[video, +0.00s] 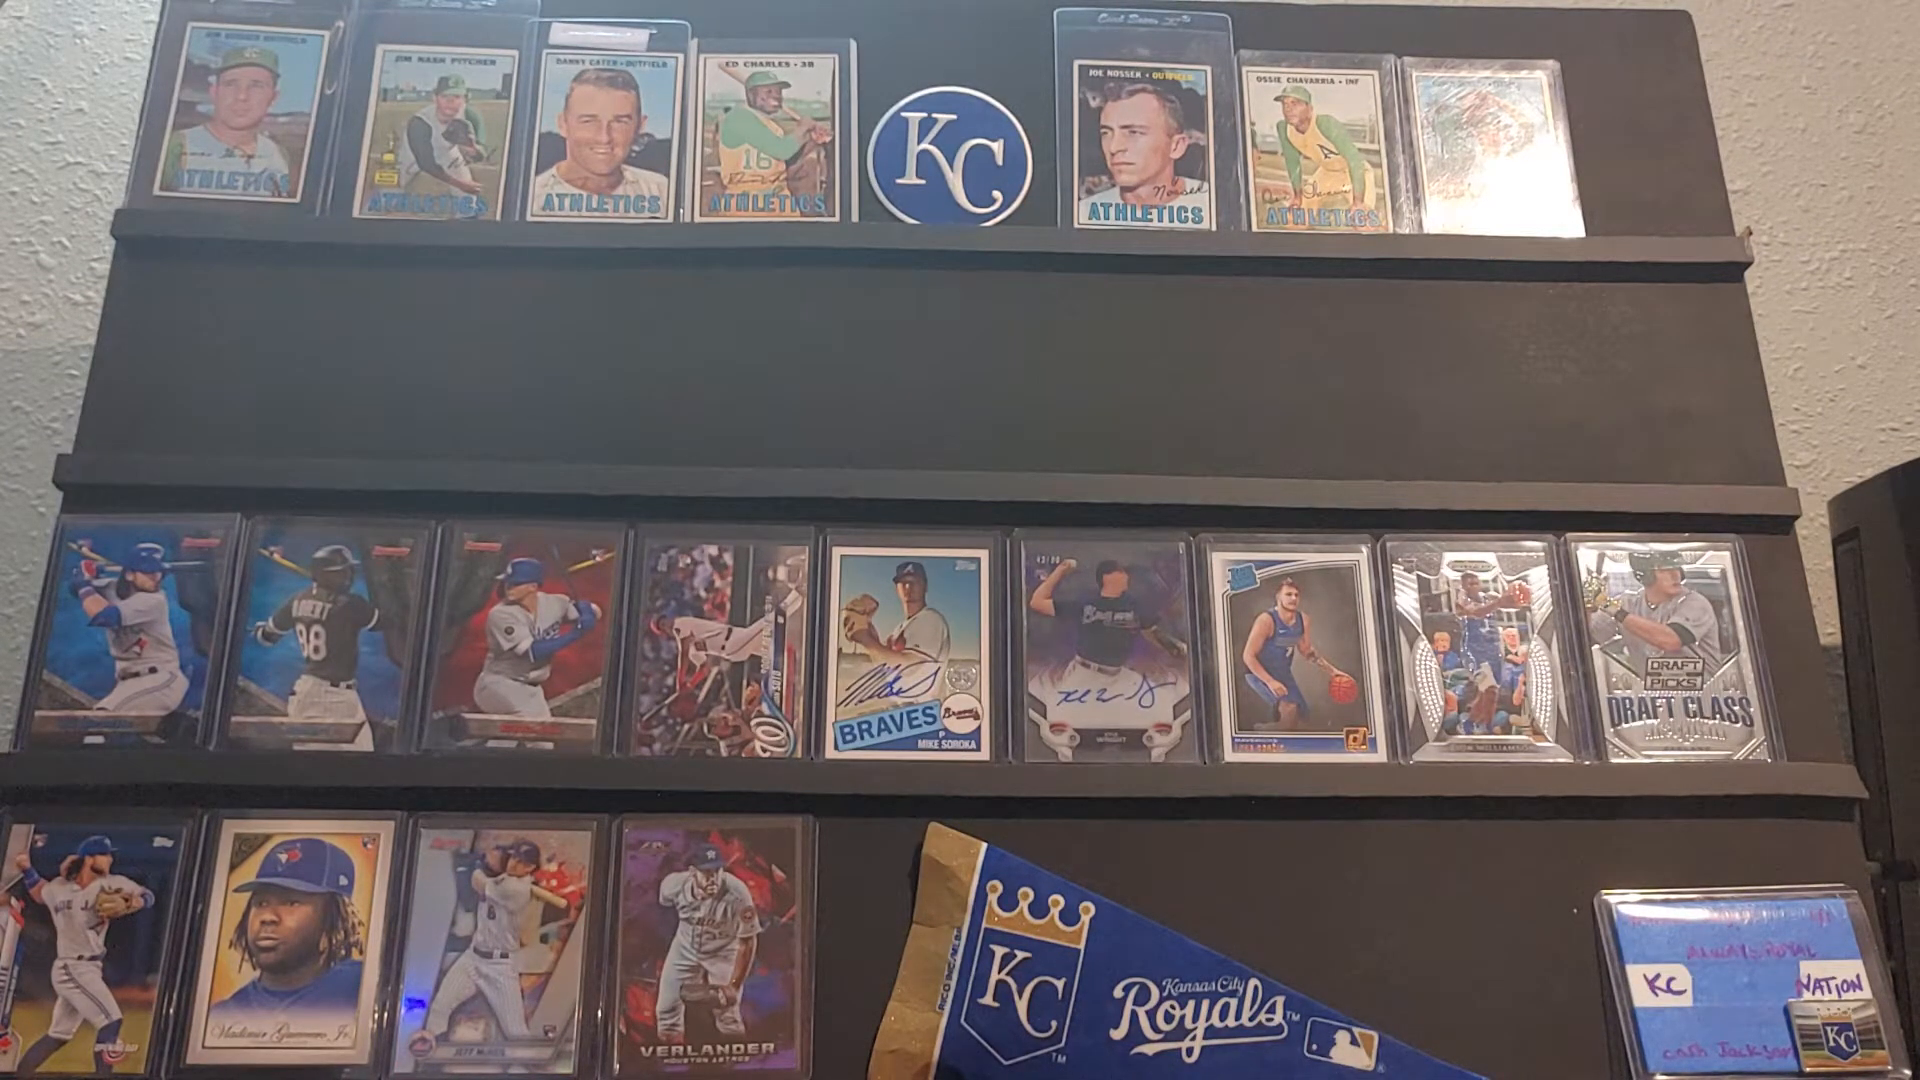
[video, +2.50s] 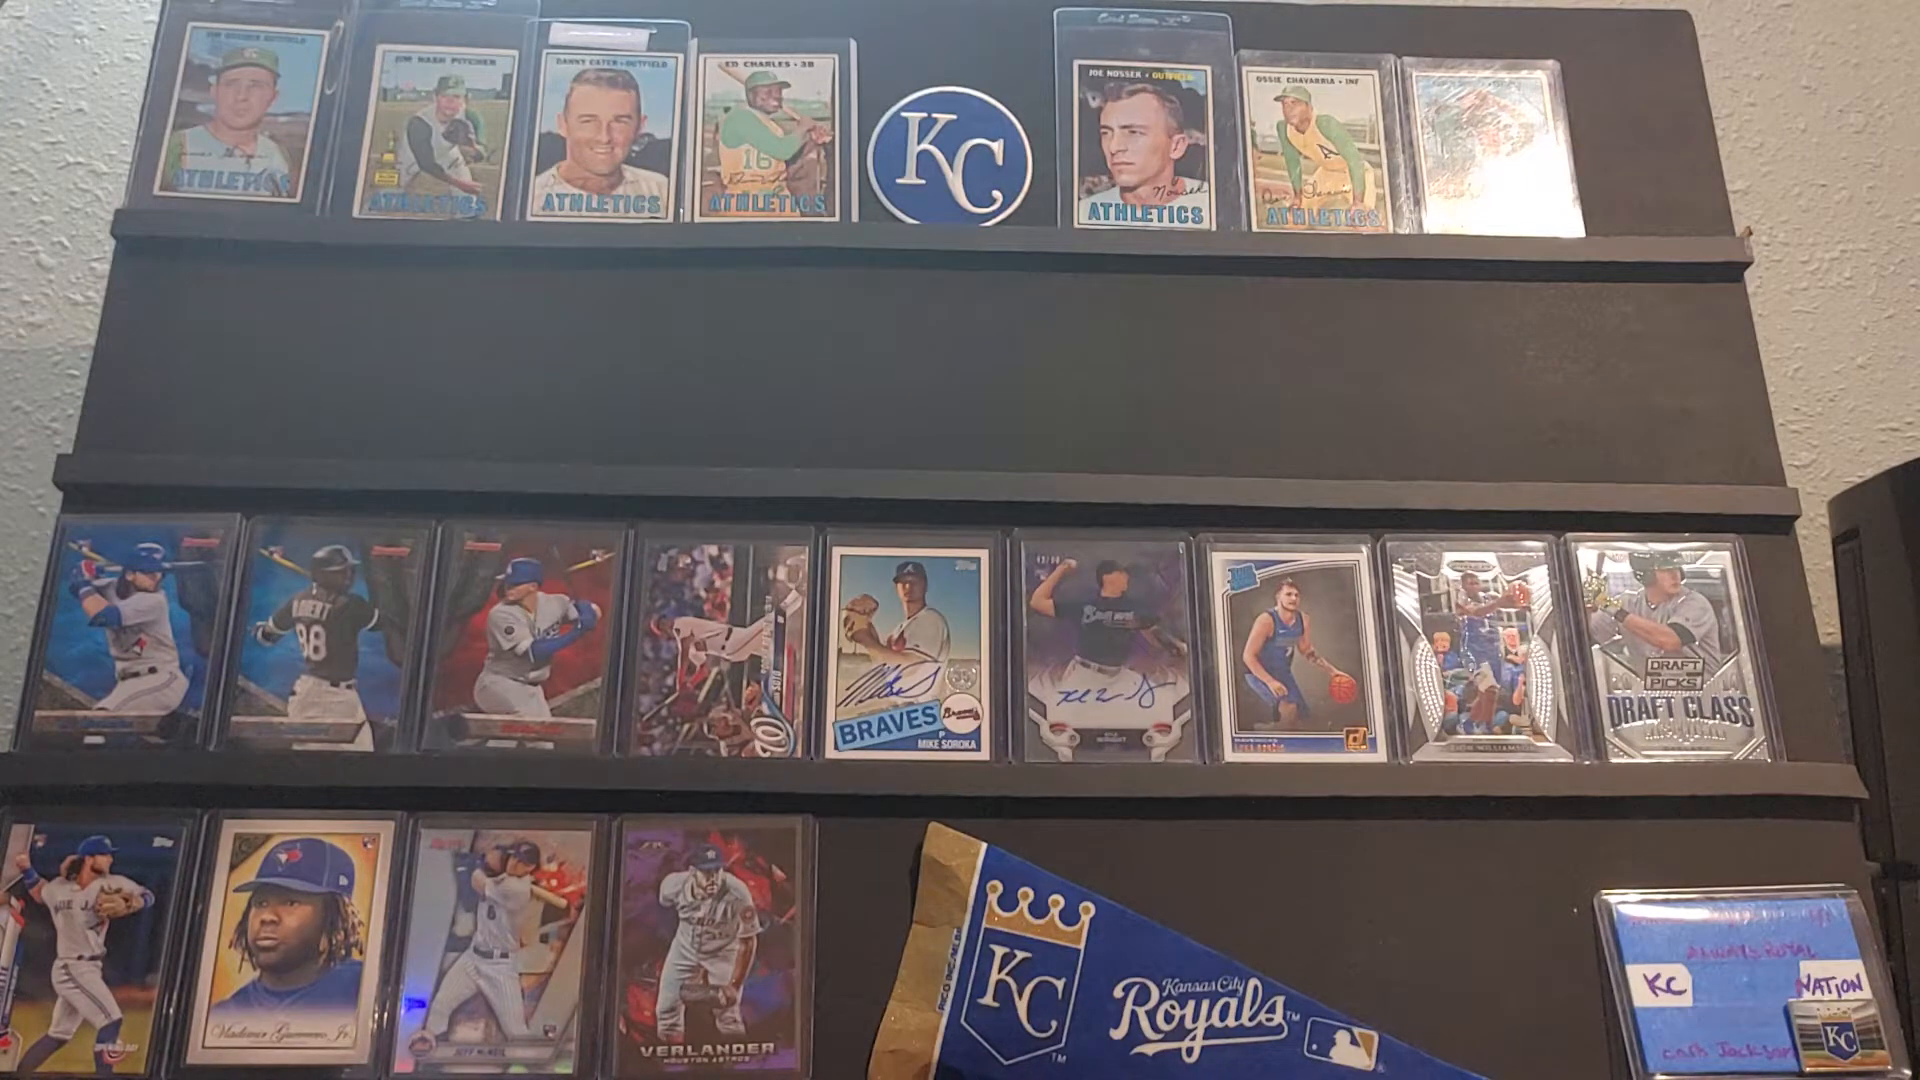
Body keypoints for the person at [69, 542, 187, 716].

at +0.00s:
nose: (156, 577)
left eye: (158, 572)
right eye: (148, 571)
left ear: (162, 573)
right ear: (130, 574)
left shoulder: (154, 601)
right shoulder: (114, 588)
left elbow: (105, 617)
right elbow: (79, 589)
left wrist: (83, 586)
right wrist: (87, 573)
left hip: (163, 679)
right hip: (129, 681)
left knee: (101, 716)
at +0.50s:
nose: (155, 577)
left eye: (158, 572)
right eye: (148, 572)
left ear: (162, 573)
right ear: (130, 574)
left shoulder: (154, 600)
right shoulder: (114, 588)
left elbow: (105, 617)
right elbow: (79, 589)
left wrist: (83, 586)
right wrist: (88, 573)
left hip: (162, 679)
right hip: (129, 682)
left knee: (101, 716)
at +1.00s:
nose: (156, 577)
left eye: (158, 572)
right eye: (148, 572)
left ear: (162, 573)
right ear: (130, 575)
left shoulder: (154, 600)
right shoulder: (114, 587)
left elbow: (105, 617)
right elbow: (79, 589)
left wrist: (83, 585)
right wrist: (87, 574)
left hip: (162, 679)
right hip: (129, 681)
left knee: (101, 716)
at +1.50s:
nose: (155, 577)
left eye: (158, 572)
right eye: (147, 572)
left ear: (162, 573)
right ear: (130, 573)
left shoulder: (154, 600)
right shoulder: (114, 587)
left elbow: (105, 617)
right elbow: (79, 588)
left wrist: (83, 586)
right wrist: (87, 573)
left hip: (162, 679)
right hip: (129, 682)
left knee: (102, 716)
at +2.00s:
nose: (155, 577)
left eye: (158, 572)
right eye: (147, 572)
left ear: (162, 573)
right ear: (130, 574)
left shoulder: (154, 600)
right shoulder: (114, 587)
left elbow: (105, 617)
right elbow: (79, 588)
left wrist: (83, 586)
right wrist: (87, 573)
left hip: (162, 679)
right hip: (129, 682)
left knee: (101, 716)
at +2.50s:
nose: (157, 577)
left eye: (159, 572)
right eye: (149, 572)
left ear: (162, 573)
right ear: (130, 574)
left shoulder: (154, 600)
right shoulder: (113, 587)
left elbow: (104, 617)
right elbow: (79, 588)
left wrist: (82, 586)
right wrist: (85, 574)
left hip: (163, 679)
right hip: (130, 682)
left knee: (100, 717)